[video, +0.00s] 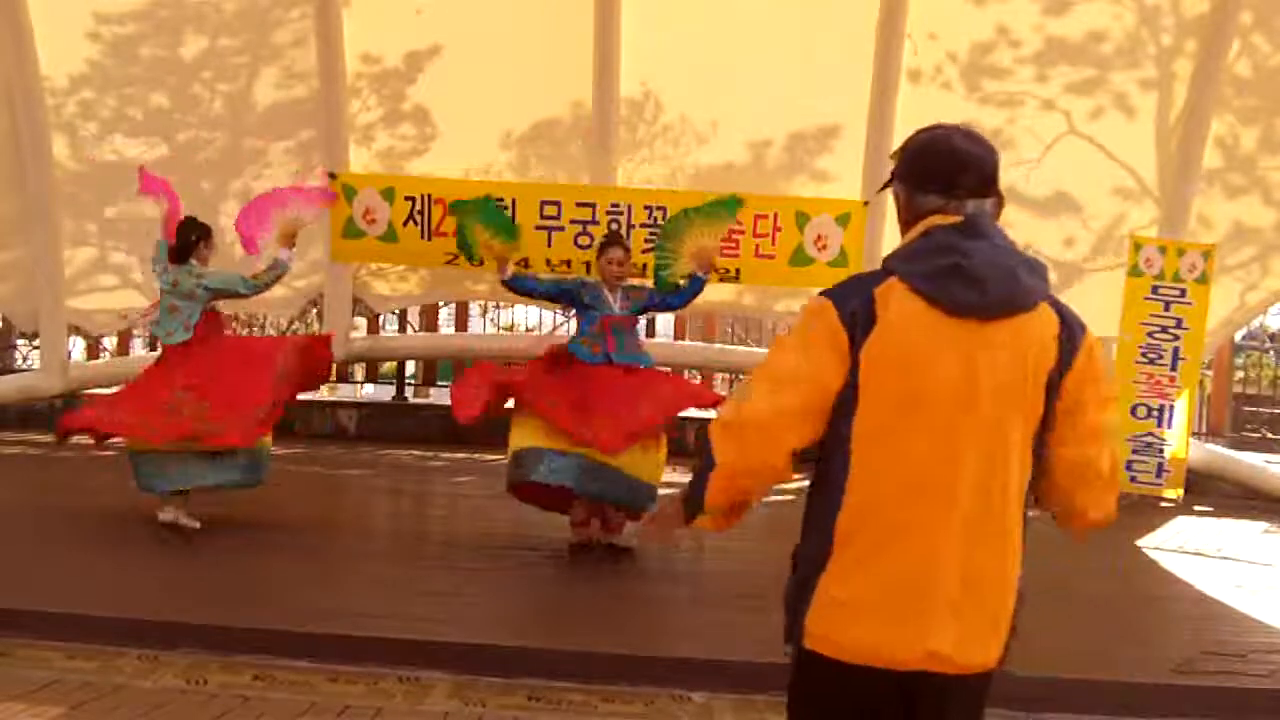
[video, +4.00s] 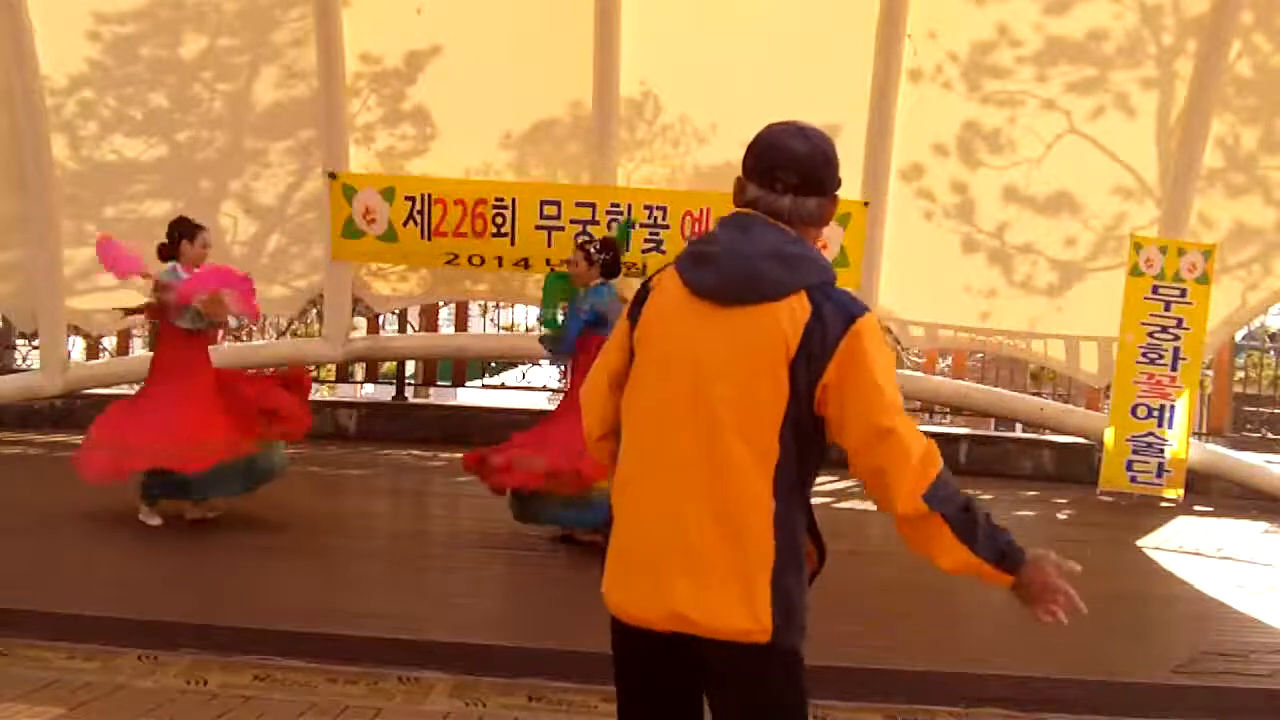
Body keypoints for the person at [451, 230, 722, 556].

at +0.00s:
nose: (615, 267)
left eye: (621, 262)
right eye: (610, 261)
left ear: (629, 265)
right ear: (598, 263)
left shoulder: (637, 296)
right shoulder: (583, 291)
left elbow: (676, 300)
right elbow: (543, 289)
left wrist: (702, 273)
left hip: (630, 378)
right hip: (586, 377)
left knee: (621, 453)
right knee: (585, 450)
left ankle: (611, 533)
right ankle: (583, 532)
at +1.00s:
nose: (580, 272)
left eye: (588, 267)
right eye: (577, 266)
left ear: (604, 272)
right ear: (574, 268)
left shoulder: (611, 303)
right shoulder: (569, 301)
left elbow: (606, 347)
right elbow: (552, 335)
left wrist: (566, 358)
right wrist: (547, 350)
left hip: (602, 388)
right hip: (572, 385)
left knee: (595, 453)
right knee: (574, 453)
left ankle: (592, 524)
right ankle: (576, 521)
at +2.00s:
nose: (592, 257)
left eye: (600, 252)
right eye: (587, 250)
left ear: (612, 259)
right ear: (581, 254)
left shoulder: (620, 297)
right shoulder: (568, 279)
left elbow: (628, 339)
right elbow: (539, 252)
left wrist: (601, 346)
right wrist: (504, 217)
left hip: (598, 371)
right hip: (563, 367)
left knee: (590, 435)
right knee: (558, 432)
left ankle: (584, 509)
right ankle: (555, 510)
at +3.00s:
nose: (573, 264)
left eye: (578, 260)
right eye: (575, 259)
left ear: (593, 263)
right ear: (606, 263)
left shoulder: (588, 296)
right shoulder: (617, 289)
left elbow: (571, 341)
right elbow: (638, 276)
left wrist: (553, 346)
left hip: (599, 376)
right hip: (626, 372)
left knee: (590, 447)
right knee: (615, 445)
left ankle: (592, 526)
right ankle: (616, 525)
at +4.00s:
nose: (570, 268)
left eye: (576, 262)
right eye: (572, 261)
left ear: (594, 267)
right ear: (597, 269)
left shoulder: (589, 299)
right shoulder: (607, 296)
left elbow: (565, 344)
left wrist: (547, 338)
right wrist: (560, 334)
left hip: (588, 389)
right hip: (602, 385)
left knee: (580, 451)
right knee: (594, 450)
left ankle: (589, 525)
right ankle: (586, 523)